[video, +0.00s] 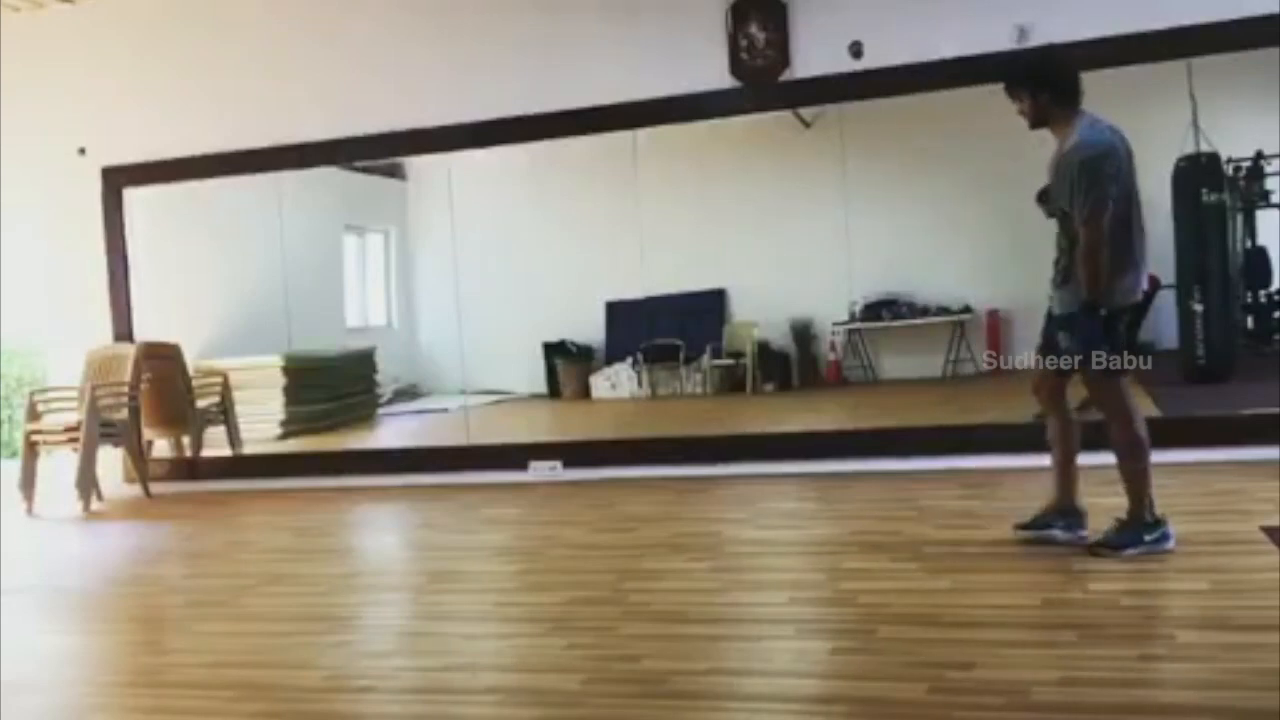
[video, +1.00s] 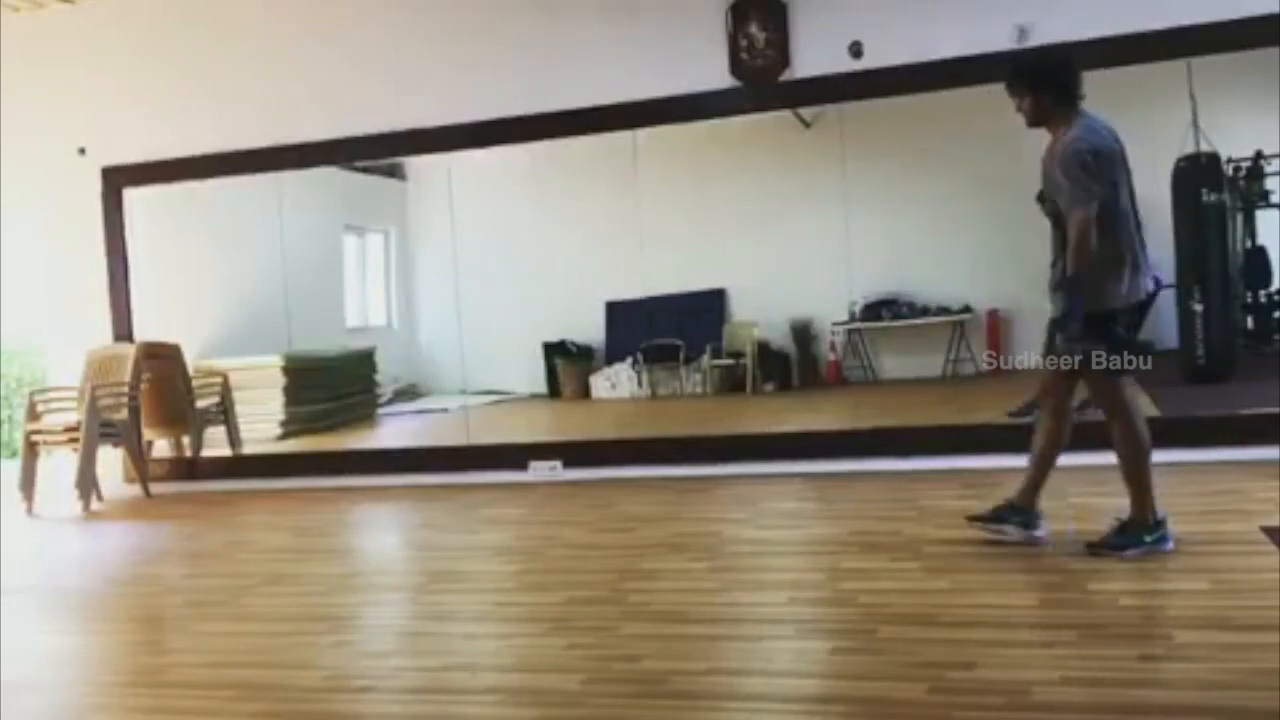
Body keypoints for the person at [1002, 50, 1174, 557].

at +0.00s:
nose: (1016, 108)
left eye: (1019, 97)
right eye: (1014, 99)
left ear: (1045, 95)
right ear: (1054, 95)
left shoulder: (1092, 148)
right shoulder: (1078, 143)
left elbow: (1094, 233)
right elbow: (1092, 225)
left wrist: (1096, 302)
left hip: (1100, 302)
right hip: (1073, 298)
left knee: (1111, 397)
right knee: (1048, 387)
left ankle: (1144, 517)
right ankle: (1065, 507)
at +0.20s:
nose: (1029, 109)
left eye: (1033, 99)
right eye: (1027, 100)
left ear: (1059, 95)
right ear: (1059, 97)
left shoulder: (1107, 148)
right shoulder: (1078, 142)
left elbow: (1122, 235)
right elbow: (1095, 216)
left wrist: (1115, 308)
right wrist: (1069, 205)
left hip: (1110, 300)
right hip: (1080, 296)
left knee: (1114, 399)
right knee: (1065, 387)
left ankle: (1143, 519)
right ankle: (1160, 477)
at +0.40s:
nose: (1041, 108)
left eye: (1044, 98)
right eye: (1039, 98)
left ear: (1068, 97)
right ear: (1076, 95)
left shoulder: (1111, 158)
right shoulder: (1094, 134)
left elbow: (1123, 247)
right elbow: (1101, 197)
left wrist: (1121, 316)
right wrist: (1074, 199)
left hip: (1107, 302)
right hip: (1081, 295)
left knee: (1117, 400)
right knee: (1072, 389)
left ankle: (1145, 518)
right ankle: (1187, 452)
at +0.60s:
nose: (1039, 104)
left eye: (1043, 94)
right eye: (1037, 95)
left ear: (1069, 93)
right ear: (1075, 92)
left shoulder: (1113, 151)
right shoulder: (1086, 136)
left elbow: (1116, 243)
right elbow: (1102, 202)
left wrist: (1109, 318)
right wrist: (1075, 202)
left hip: (1115, 298)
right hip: (1084, 290)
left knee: (1118, 396)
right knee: (1063, 386)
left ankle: (1145, 517)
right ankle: (1154, 470)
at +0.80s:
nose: (1032, 105)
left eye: (1036, 94)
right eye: (1031, 95)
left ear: (1061, 92)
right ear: (1068, 91)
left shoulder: (1105, 149)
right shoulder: (1081, 139)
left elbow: (1112, 238)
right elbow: (1096, 213)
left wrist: (1098, 306)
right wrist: (1068, 206)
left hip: (1115, 298)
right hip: (1083, 292)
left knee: (1118, 394)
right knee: (1052, 384)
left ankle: (1146, 518)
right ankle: (1103, 488)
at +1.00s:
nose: (1017, 109)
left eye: (1019, 98)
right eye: (1015, 99)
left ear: (1041, 95)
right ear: (1057, 91)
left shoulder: (1073, 147)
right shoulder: (1093, 134)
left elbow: (1082, 229)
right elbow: (1105, 220)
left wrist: (1068, 293)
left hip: (1101, 298)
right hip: (1107, 292)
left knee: (1114, 401)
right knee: (1054, 394)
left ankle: (1145, 519)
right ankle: (1024, 504)